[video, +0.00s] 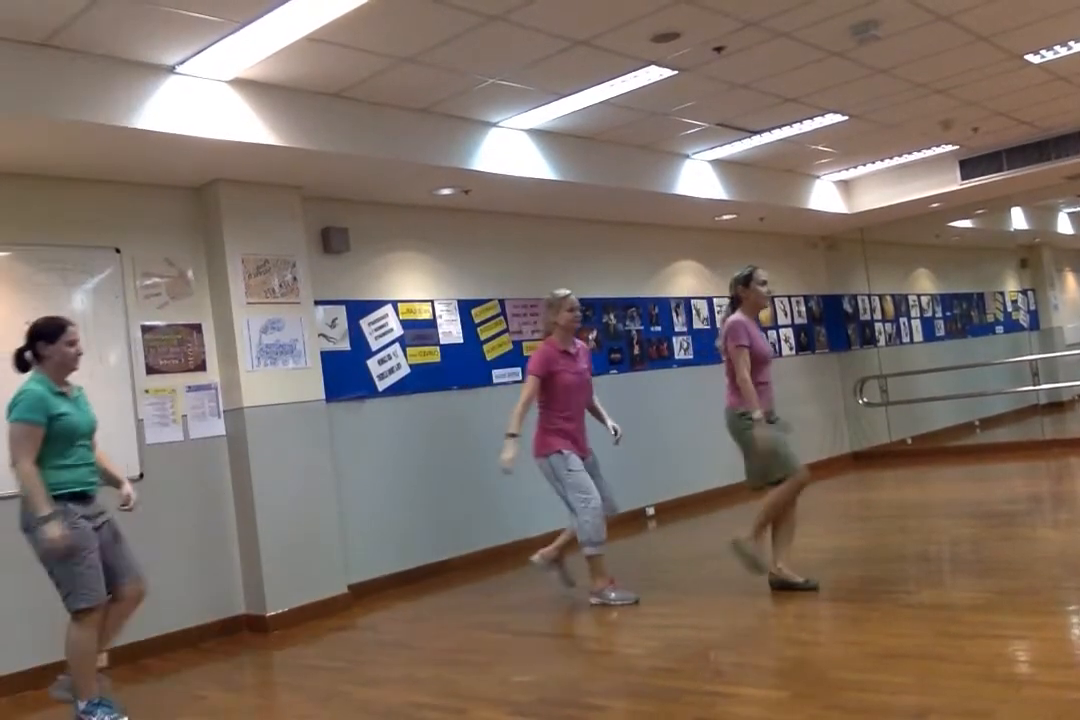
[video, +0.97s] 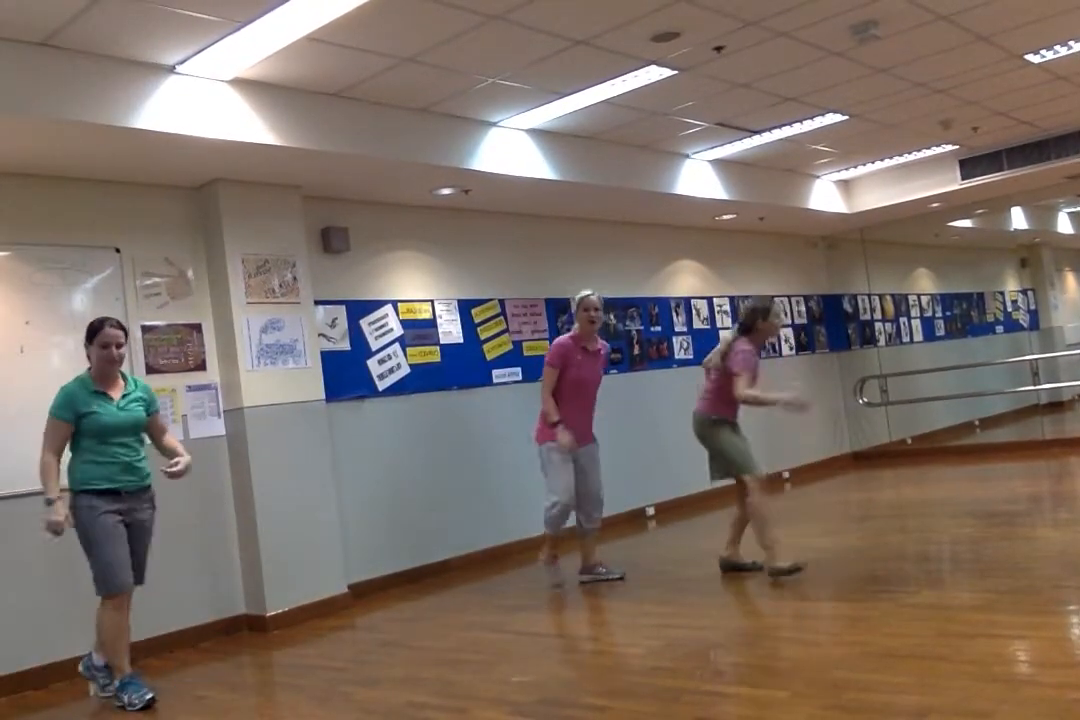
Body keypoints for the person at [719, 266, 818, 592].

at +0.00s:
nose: (768, 290)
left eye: (767, 285)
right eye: (761, 284)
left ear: (748, 293)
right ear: (742, 291)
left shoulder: (751, 326)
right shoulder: (737, 325)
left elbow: (757, 377)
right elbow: (742, 376)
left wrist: (770, 413)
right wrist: (757, 417)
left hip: (761, 413)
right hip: (747, 415)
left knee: (786, 487)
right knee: (798, 476)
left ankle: (779, 565)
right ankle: (751, 539)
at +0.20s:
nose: (786, 283)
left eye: (786, 277)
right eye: (779, 278)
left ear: (771, 286)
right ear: (758, 284)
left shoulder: (767, 320)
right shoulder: (749, 319)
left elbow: (772, 371)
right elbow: (738, 370)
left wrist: (807, 381)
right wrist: (737, 419)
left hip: (771, 407)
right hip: (762, 409)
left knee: (790, 482)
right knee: (821, 464)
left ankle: (779, 566)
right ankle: (825, 552)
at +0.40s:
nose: (817, 303)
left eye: (815, 298)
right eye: (812, 298)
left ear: (796, 305)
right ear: (795, 305)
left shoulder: (790, 337)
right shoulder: (772, 340)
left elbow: (785, 383)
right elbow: (757, 390)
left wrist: (815, 402)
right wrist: (782, 425)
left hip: (774, 417)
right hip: (767, 419)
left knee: (808, 490)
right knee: (819, 480)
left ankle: (777, 556)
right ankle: (829, 561)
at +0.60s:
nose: (816, 316)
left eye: (816, 310)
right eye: (812, 310)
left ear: (786, 311)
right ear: (798, 313)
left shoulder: (760, 334)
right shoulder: (782, 343)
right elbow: (790, 388)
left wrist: (724, 398)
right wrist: (829, 379)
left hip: (739, 418)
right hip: (754, 419)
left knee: (778, 486)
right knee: (798, 482)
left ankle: (743, 547)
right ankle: (828, 560)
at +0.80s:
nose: (798, 330)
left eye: (797, 325)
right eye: (794, 325)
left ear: (772, 326)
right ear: (779, 328)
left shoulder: (745, 339)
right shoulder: (765, 357)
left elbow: (707, 358)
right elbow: (786, 386)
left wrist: (696, 394)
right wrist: (819, 360)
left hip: (718, 425)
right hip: (728, 428)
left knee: (752, 497)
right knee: (768, 492)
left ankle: (730, 556)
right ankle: (813, 559)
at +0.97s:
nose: (780, 324)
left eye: (778, 319)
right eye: (775, 320)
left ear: (757, 322)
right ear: (759, 323)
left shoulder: (740, 343)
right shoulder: (744, 351)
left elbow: (708, 363)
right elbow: (741, 393)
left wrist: (725, 391)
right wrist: (784, 399)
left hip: (721, 421)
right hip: (715, 422)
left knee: (747, 489)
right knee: (753, 482)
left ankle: (731, 554)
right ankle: (773, 560)